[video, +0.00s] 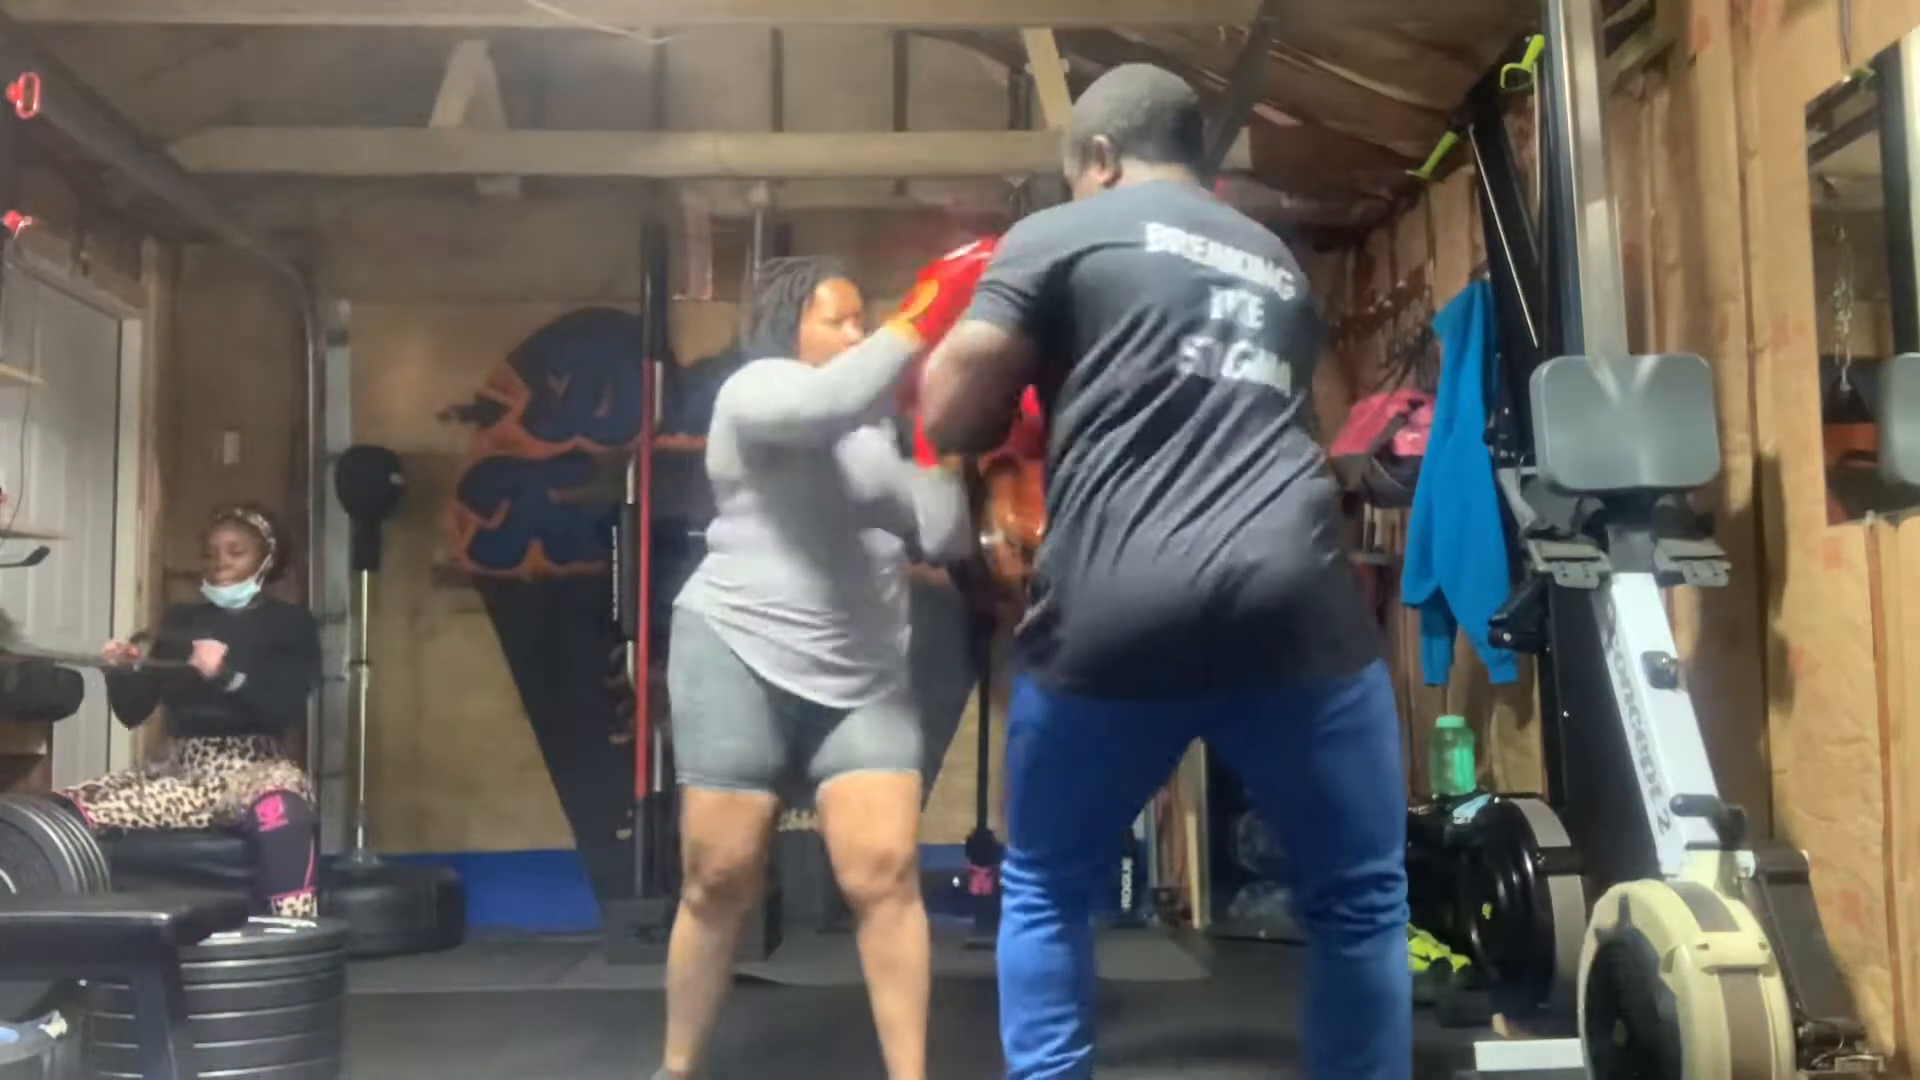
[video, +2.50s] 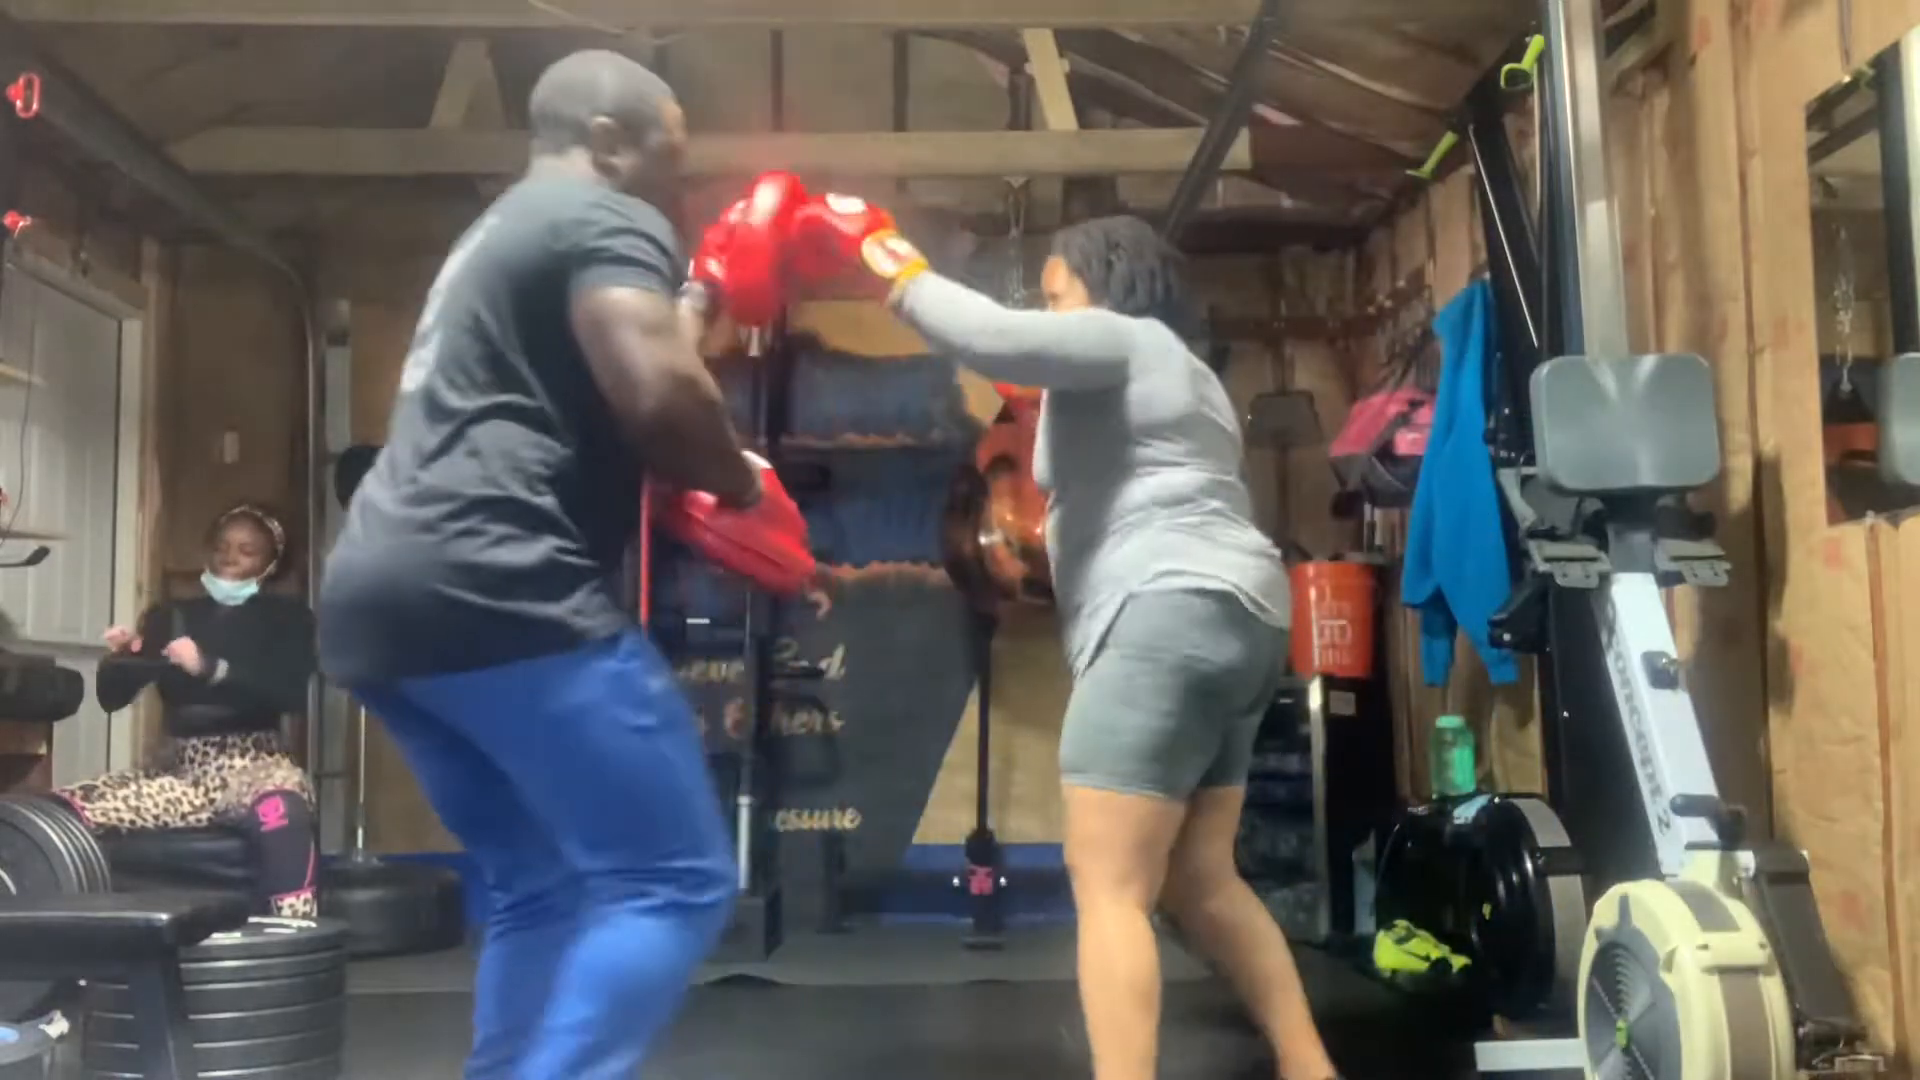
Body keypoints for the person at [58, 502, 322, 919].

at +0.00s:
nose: (221, 565)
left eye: (236, 553)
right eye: (212, 554)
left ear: (264, 561)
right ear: (202, 557)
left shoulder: (289, 621)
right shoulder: (181, 618)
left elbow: (282, 713)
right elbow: (133, 712)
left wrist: (228, 674)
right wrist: (120, 671)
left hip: (255, 771)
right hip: (178, 770)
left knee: (282, 810)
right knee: (65, 811)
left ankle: (295, 946)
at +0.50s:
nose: (203, 562)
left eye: (216, 549)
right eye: (198, 551)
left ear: (249, 555)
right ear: (191, 555)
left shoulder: (280, 612)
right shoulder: (173, 608)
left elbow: (264, 689)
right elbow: (107, 690)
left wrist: (188, 648)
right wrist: (113, 648)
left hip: (255, 774)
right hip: (178, 773)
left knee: (282, 813)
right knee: (66, 812)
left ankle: (294, 948)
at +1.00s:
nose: (208, 560)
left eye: (221, 548)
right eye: (202, 551)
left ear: (254, 554)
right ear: (195, 554)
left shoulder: (289, 621)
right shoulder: (180, 618)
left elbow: (294, 719)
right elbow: (134, 718)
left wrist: (231, 686)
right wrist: (135, 679)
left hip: (256, 772)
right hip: (177, 772)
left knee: (283, 812)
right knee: (61, 811)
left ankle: (295, 947)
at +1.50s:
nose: (214, 561)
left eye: (230, 551)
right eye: (207, 551)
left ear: (260, 560)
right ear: (198, 556)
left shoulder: (288, 624)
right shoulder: (179, 621)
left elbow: (301, 723)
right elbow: (140, 723)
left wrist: (243, 691)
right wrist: (130, 681)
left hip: (255, 772)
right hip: (173, 772)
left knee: (281, 810)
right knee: (60, 809)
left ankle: (296, 947)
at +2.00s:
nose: (217, 553)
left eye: (233, 545)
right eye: (210, 543)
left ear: (260, 560)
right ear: (201, 549)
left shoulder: (281, 611)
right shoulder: (172, 611)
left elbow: (273, 684)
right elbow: (106, 689)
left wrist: (193, 652)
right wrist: (107, 657)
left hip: (254, 769)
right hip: (175, 771)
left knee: (280, 813)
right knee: (61, 811)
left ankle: (296, 949)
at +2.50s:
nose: (231, 558)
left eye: (247, 550)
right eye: (223, 546)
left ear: (269, 564)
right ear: (210, 549)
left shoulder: (286, 615)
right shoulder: (174, 615)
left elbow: (289, 692)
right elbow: (111, 697)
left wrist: (209, 668)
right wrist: (121, 659)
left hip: (257, 769)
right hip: (177, 772)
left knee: (283, 811)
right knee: (60, 810)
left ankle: (296, 945)